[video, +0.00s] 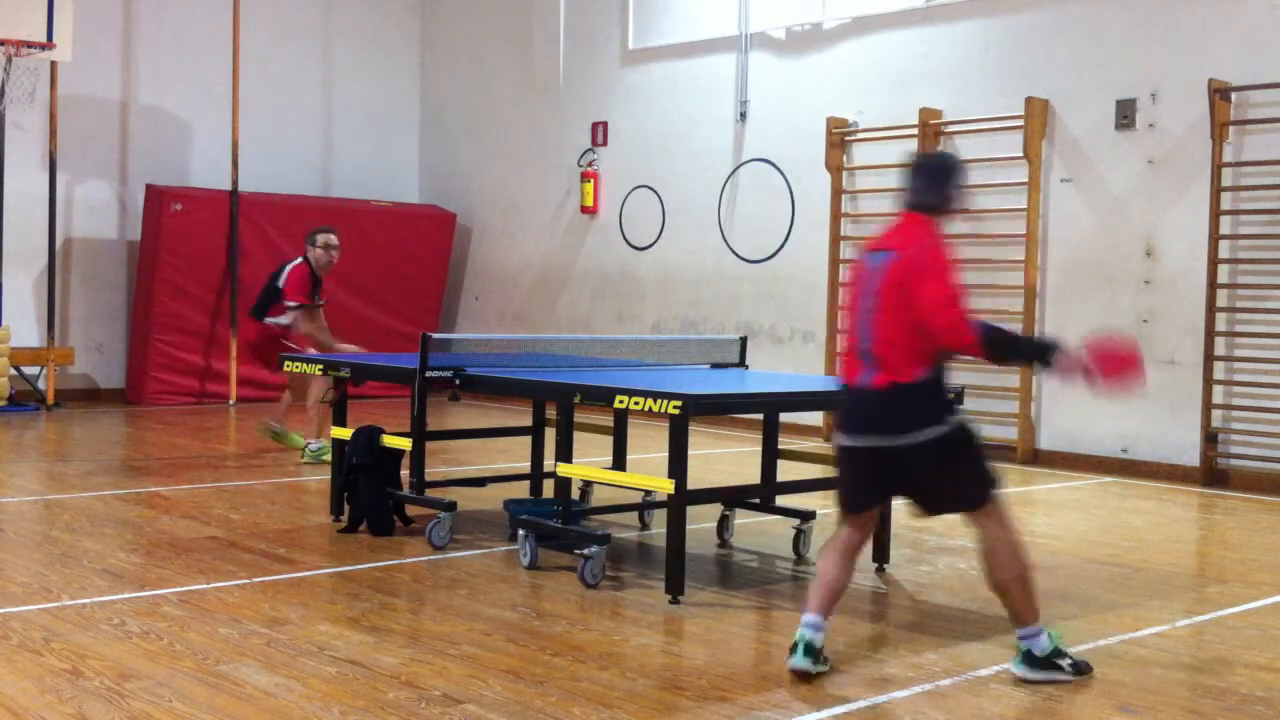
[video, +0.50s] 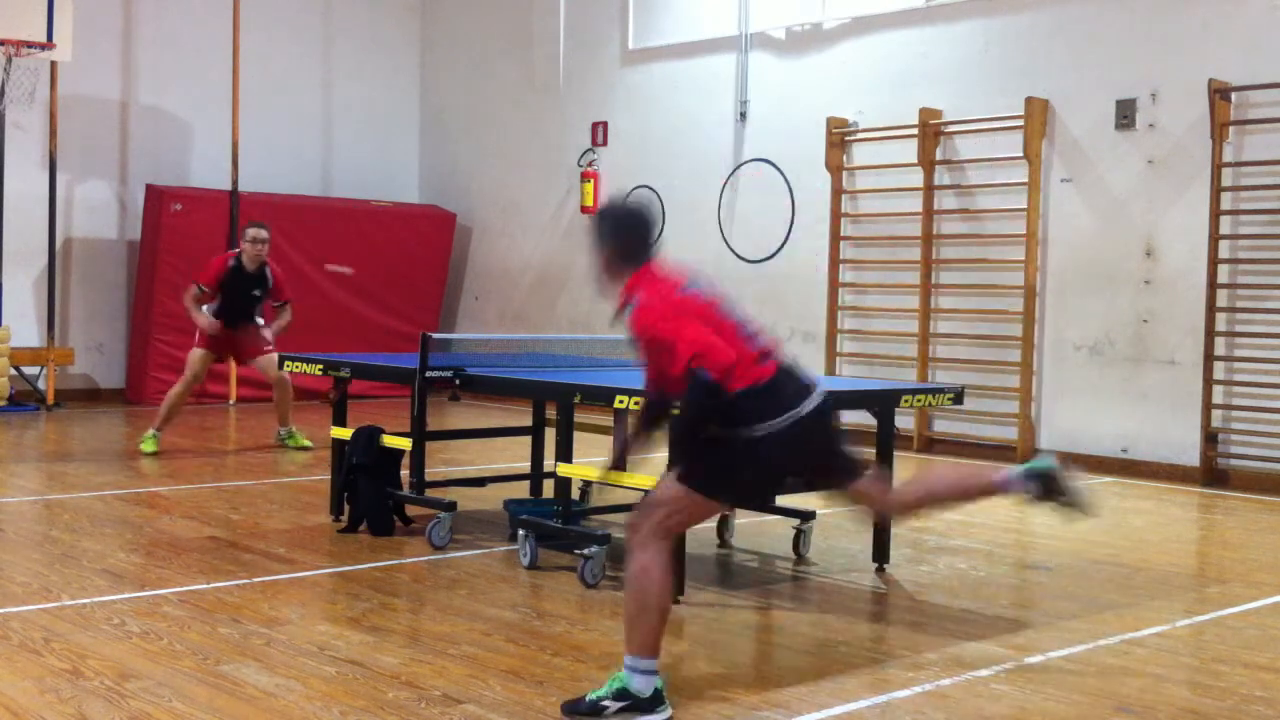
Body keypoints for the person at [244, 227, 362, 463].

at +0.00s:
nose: (334, 255)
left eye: (337, 250)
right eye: (328, 248)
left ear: (338, 253)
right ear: (310, 250)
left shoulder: (315, 275)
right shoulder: (300, 272)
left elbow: (318, 321)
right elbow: (302, 324)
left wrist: (333, 348)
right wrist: (337, 347)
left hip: (279, 336)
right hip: (264, 336)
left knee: (306, 375)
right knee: (323, 372)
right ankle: (315, 444)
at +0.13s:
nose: (317, 251)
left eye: (320, 246)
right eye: (310, 245)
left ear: (324, 250)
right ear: (295, 248)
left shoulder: (316, 276)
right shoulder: (275, 270)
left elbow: (315, 318)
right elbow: (253, 314)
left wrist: (323, 355)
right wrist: (289, 338)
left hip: (286, 332)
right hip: (258, 328)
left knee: (302, 382)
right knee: (282, 369)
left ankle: (282, 430)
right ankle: (298, 434)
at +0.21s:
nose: (304, 247)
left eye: (308, 242)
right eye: (298, 242)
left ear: (311, 246)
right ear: (283, 245)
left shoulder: (306, 274)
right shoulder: (263, 264)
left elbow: (309, 315)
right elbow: (236, 306)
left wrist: (315, 353)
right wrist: (265, 334)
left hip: (279, 327)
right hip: (251, 325)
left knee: (299, 375)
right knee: (262, 361)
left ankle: (283, 430)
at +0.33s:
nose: (284, 244)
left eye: (289, 239)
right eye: (278, 238)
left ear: (293, 243)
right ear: (265, 241)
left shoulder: (291, 269)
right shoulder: (247, 261)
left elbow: (294, 305)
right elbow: (217, 302)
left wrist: (297, 340)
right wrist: (241, 332)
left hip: (265, 325)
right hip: (232, 323)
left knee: (293, 374)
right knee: (220, 372)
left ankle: (284, 431)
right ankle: (175, 426)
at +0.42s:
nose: (271, 247)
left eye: (276, 242)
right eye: (265, 241)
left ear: (280, 245)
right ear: (253, 244)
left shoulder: (278, 272)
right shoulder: (234, 264)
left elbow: (285, 307)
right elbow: (202, 303)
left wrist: (285, 335)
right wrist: (224, 332)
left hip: (257, 332)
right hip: (222, 329)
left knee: (288, 375)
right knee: (196, 381)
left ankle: (285, 431)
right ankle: (155, 432)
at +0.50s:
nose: (259, 247)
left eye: (264, 243)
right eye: (253, 242)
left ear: (269, 246)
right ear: (242, 244)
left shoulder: (271, 273)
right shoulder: (223, 265)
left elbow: (286, 312)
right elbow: (191, 298)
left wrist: (270, 331)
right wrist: (201, 319)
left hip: (248, 330)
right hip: (216, 327)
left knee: (281, 378)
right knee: (192, 377)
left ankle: (286, 432)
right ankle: (154, 432)